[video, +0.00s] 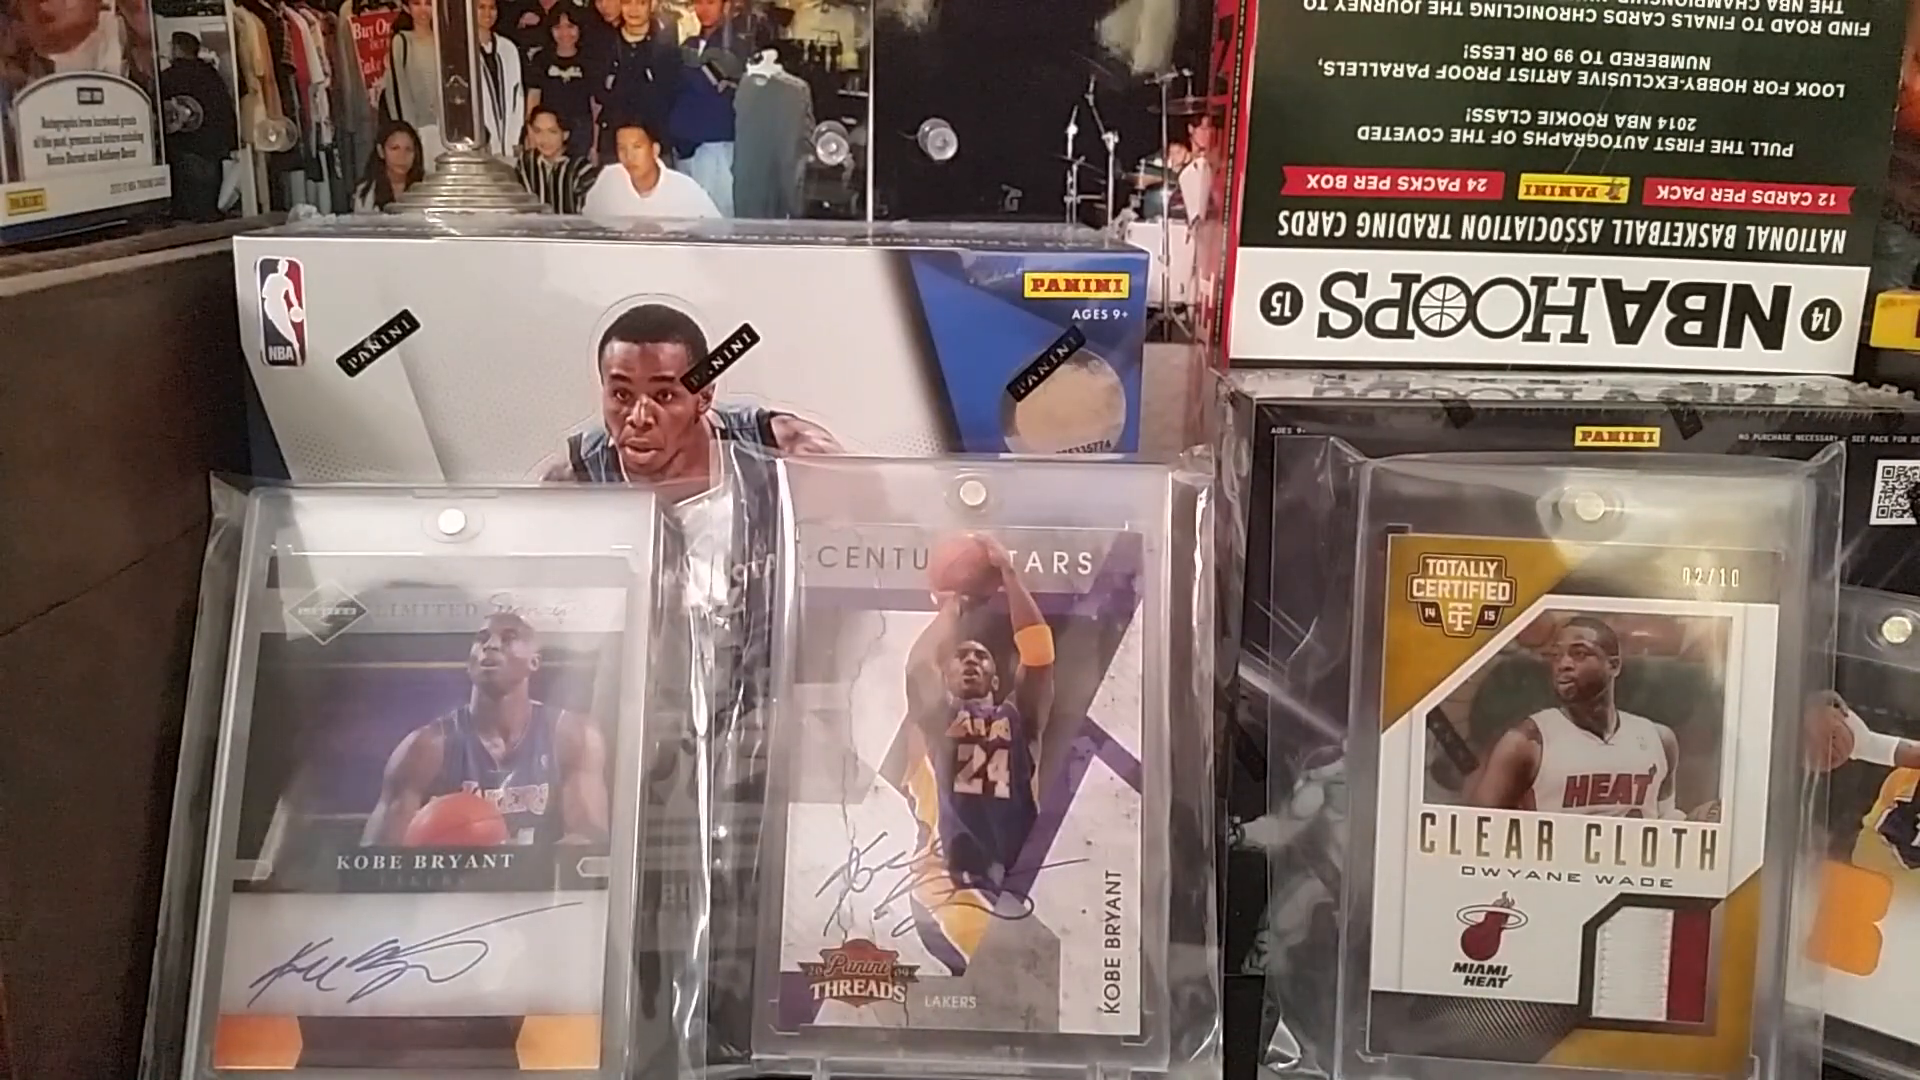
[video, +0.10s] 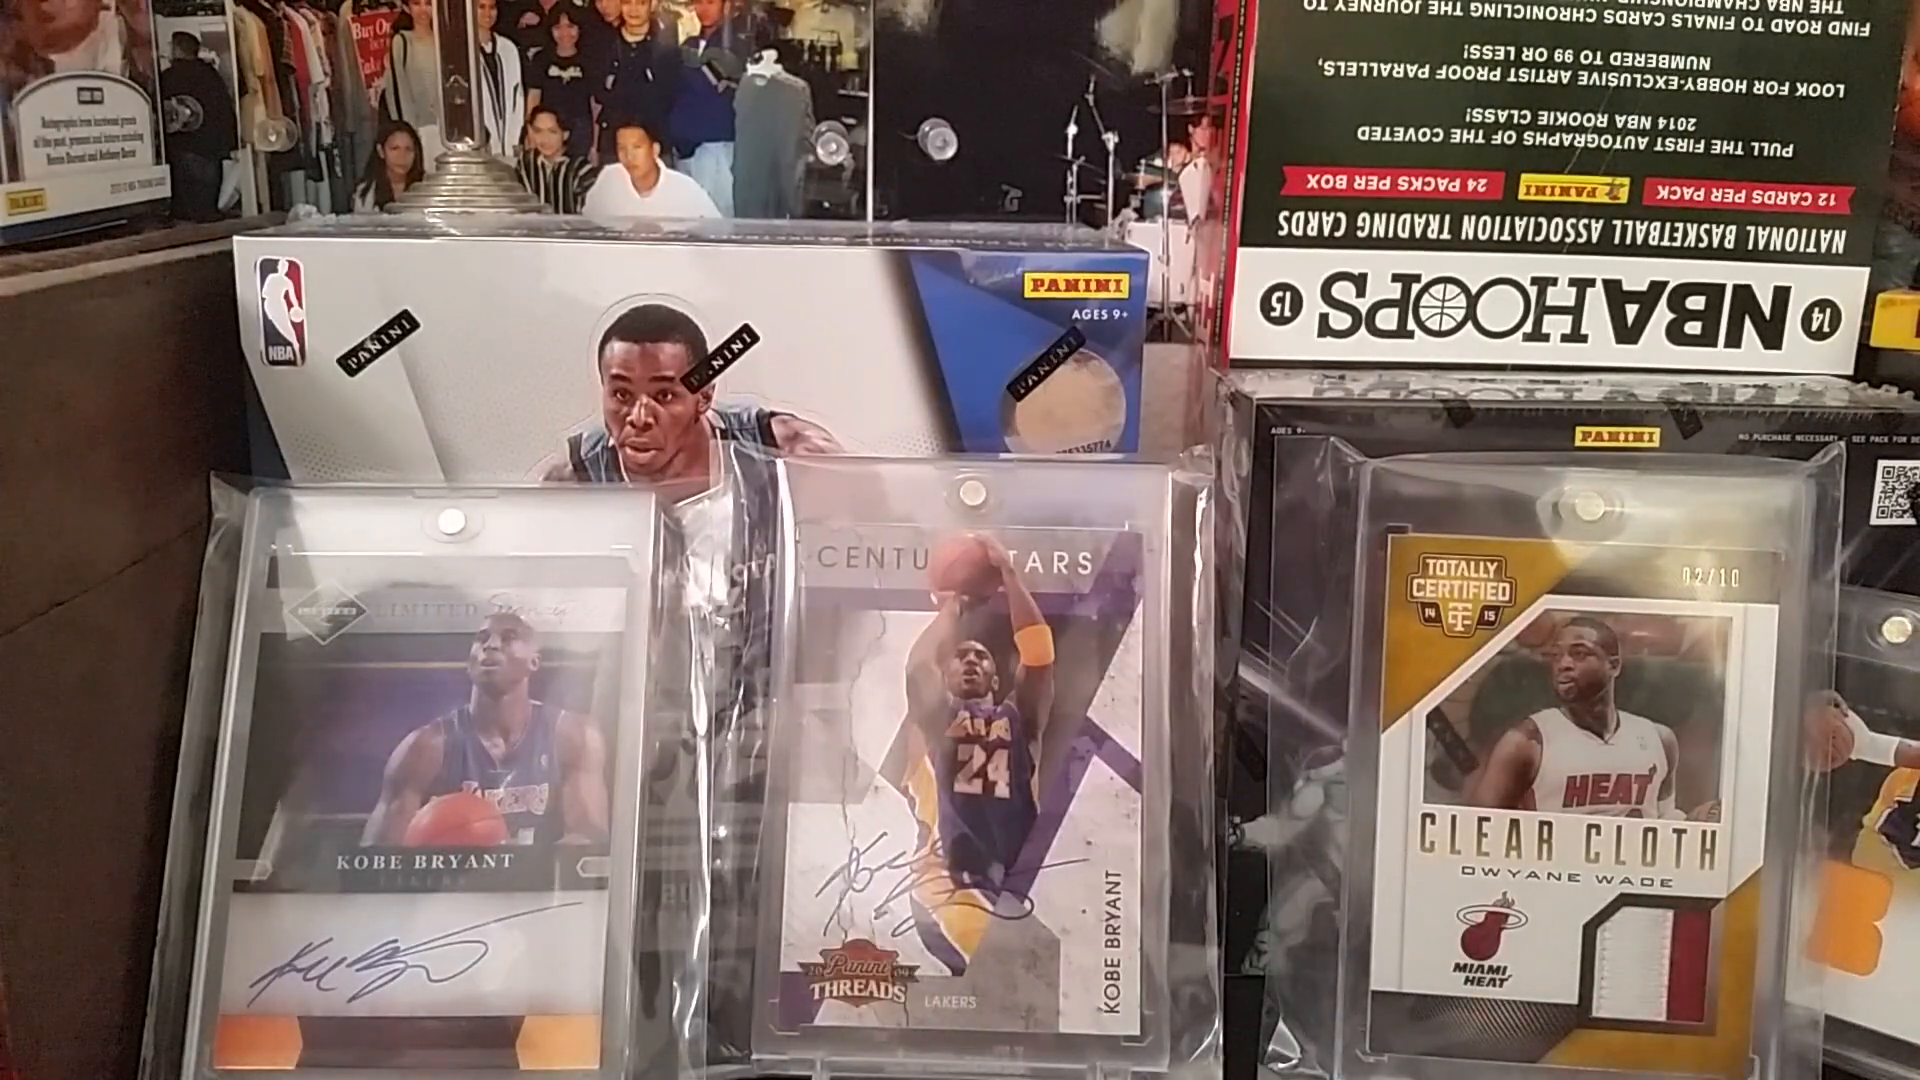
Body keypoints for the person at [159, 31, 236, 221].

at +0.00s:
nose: (170, 51)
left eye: (172, 47)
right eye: (172, 47)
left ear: (175, 49)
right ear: (197, 50)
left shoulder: (165, 78)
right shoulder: (212, 75)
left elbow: (158, 116)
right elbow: (226, 109)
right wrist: (232, 144)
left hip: (179, 149)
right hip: (211, 147)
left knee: (182, 206)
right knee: (209, 206)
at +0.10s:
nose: (171, 50)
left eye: (172, 47)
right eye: (173, 47)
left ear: (175, 49)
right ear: (197, 50)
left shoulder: (165, 78)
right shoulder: (211, 75)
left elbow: (158, 115)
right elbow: (225, 109)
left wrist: (160, 148)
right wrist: (230, 144)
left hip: (176, 149)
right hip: (209, 147)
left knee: (180, 208)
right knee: (207, 208)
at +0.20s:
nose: (171, 51)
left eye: (172, 48)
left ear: (174, 49)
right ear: (197, 50)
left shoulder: (164, 79)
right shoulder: (211, 75)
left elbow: (157, 117)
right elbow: (225, 109)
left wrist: (159, 150)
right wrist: (230, 144)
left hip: (176, 150)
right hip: (209, 147)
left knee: (180, 207)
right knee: (207, 207)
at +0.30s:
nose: (171, 50)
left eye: (172, 47)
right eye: (173, 47)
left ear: (176, 48)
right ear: (197, 49)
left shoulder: (165, 78)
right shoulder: (212, 74)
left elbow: (158, 117)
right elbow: (226, 109)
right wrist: (231, 143)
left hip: (180, 150)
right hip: (212, 147)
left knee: (183, 206)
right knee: (208, 205)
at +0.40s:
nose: (171, 50)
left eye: (172, 47)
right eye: (173, 47)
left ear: (177, 48)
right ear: (197, 50)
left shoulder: (166, 78)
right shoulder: (213, 75)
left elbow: (157, 116)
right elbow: (226, 110)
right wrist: (230, 145)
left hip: (180, 150)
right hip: (212, 148)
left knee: (183, 207)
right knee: (209, 206)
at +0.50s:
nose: (171, 51)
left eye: (173, 47)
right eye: (173, 47)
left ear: (176, 49)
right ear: (197, 50)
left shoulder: (166, 78)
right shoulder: (213, 75)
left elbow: (158, 116)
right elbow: (226, 111)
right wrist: (229, 145)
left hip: (179, 150)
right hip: (211, 148)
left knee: (182, 207)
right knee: (208, 207)